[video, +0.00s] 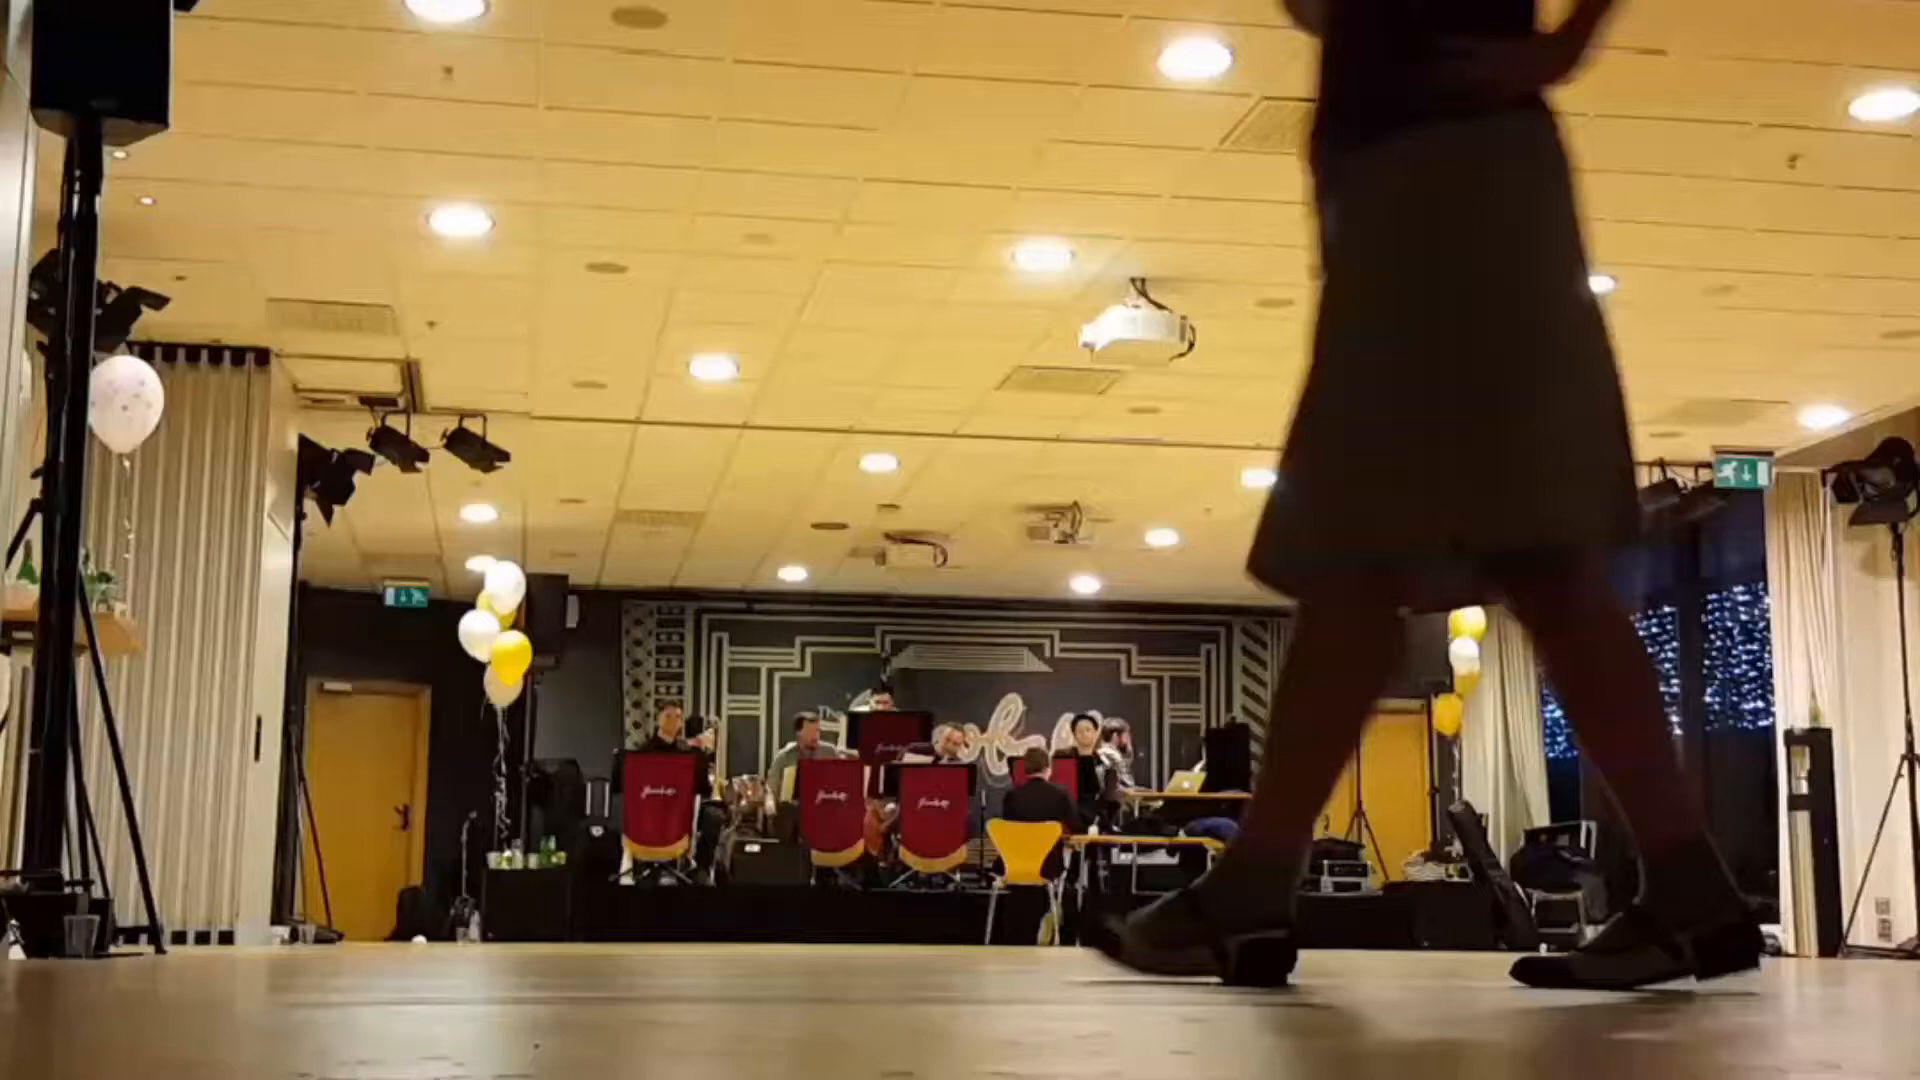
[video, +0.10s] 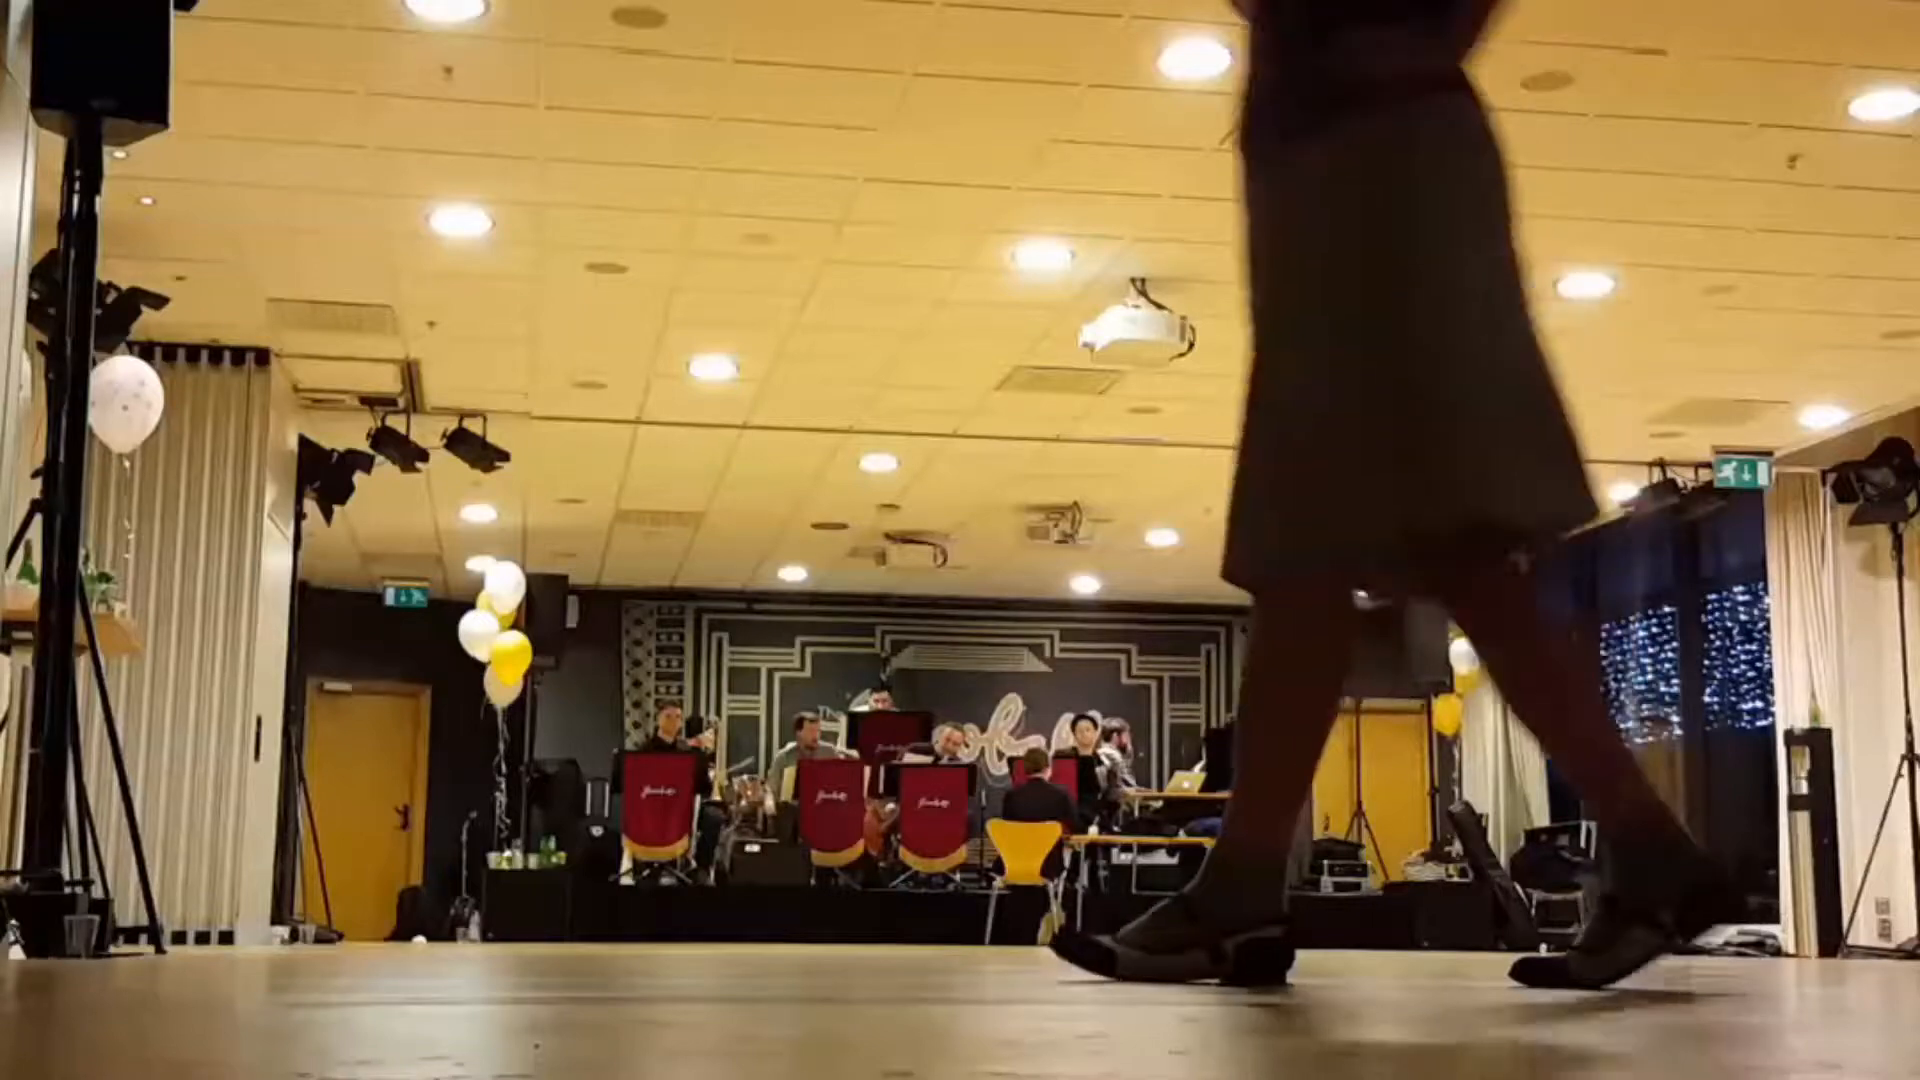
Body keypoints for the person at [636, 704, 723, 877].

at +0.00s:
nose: (672, 722)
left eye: (677, 717)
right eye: (667, 716)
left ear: (682, 722)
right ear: (658, 719)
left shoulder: (692, 754)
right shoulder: (644, 752)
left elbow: (704, 790)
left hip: (683, 814)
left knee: (714, 816)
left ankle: (703, 868)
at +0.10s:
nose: (673, 722)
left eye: (677, 717)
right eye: (668, 716)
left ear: (682, 722)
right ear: (658, 720)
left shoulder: (692, 753)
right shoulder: (645, 751)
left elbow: (704, 789)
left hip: (684, 809)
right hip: (651, 809)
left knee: (714, 817)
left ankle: (703, 868)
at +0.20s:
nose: (672, 722)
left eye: (677, 717)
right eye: (667, 716)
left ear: (682, 722)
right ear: (658, 720)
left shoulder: (692, 753)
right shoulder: (645, 751)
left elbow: (705, 790)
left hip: (683, 810)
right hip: (651, 809)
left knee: (713, 817)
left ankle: (703, 868)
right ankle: (643, 868)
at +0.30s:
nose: (672, 722)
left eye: (677, 717)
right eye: (667, 716)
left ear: (682, 722)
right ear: (658, 720)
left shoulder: (692, 753)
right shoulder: (645, 751)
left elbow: (704, 790)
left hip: (683, 809)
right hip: (651, 808)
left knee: (714, 818)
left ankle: (703, 868)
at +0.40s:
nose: (672, 722)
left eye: (677, 717)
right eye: (667, 716)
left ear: (682, 722)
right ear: (658, 720)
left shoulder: (692, 753)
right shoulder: (645, 751)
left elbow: (705, 790)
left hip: (683, 810)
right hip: (650, 809)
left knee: (714, 817)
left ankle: (703, 868)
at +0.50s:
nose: (672, 722)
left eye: (677, 717)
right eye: (667, 716)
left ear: (682, 722)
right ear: (658, 720)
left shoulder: (692, 753)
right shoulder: (645, 751)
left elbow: (705, 790)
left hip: (683, 809)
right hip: (651, 809)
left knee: (713, 817)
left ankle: (703, 868)